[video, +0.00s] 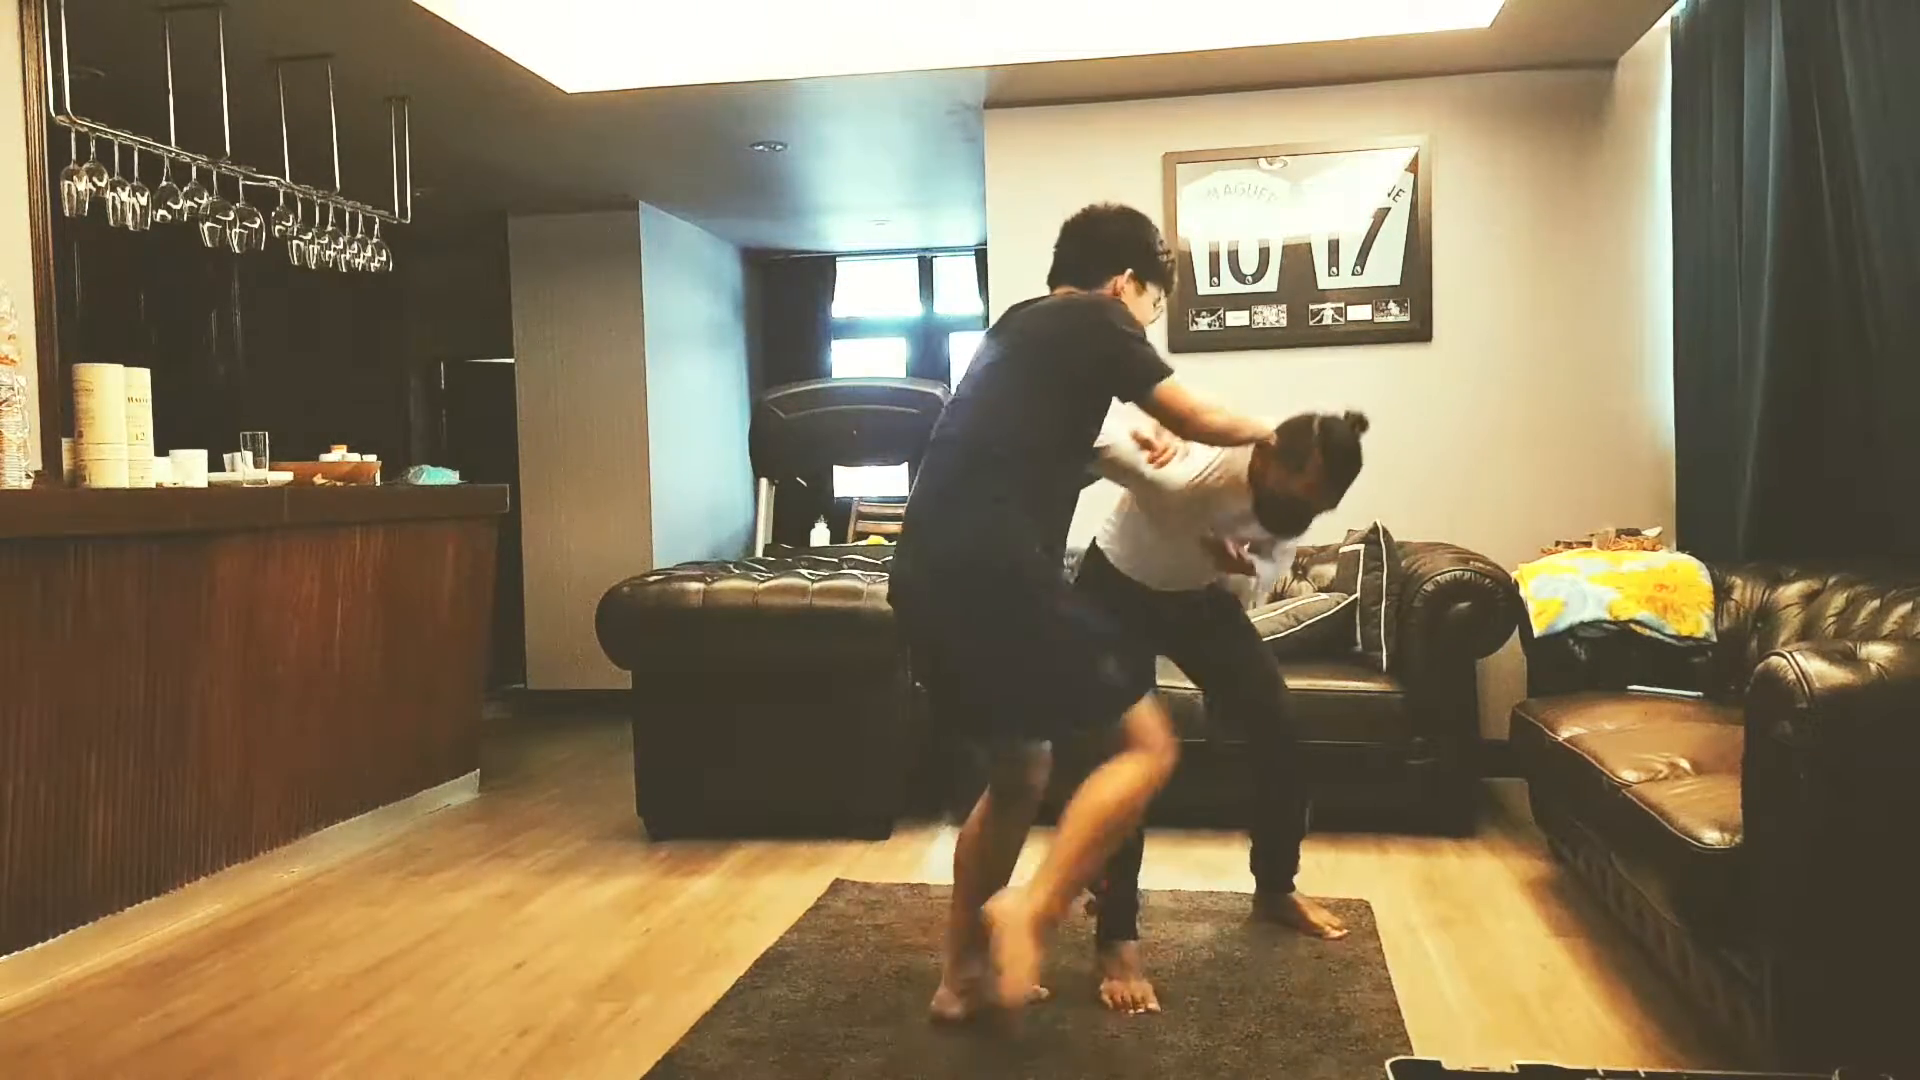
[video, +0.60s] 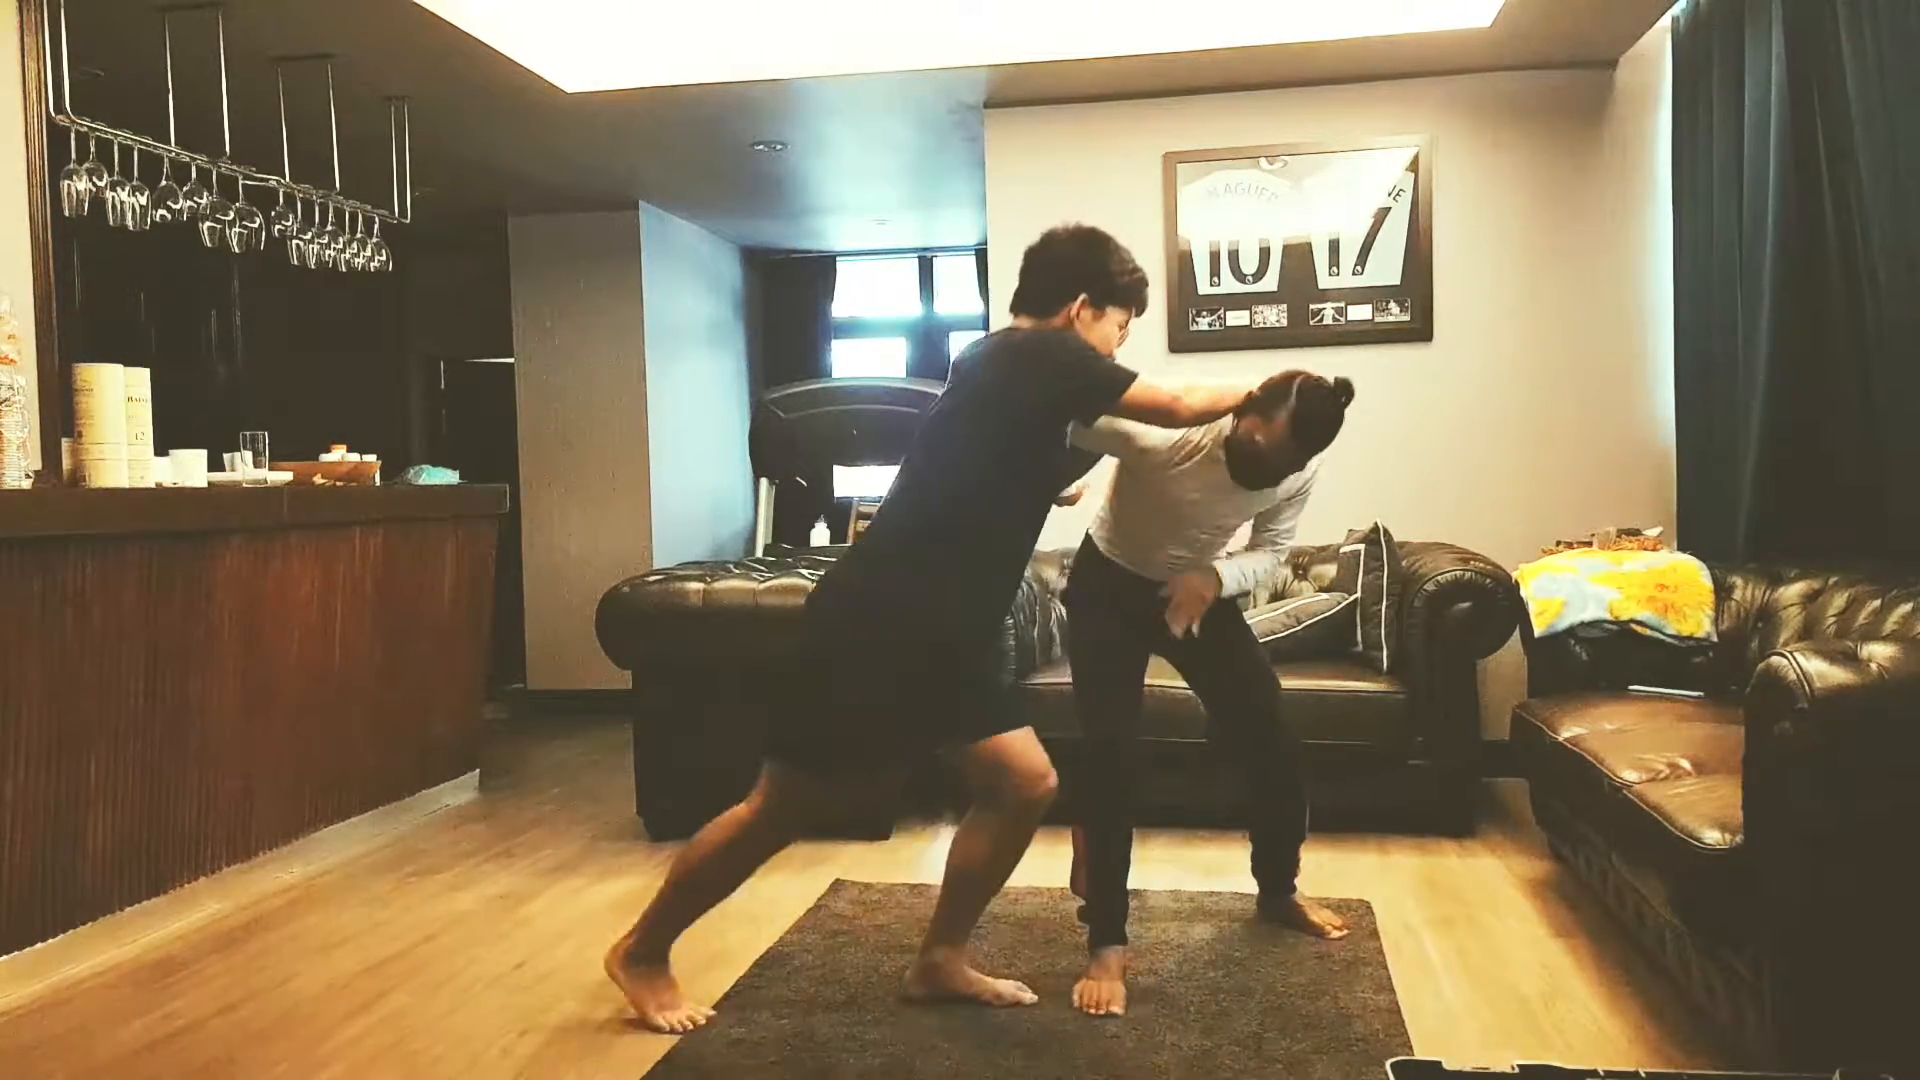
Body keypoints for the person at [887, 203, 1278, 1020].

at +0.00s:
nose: (1149, 325)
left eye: (1153, 312)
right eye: (1151, 306)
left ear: (1065, 277)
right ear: (1122, 282)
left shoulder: (1015, 329)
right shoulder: (1097, 327)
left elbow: (1050, 438)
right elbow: (1200, 424)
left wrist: (1138, 462)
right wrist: (1267, 432)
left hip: (924, 576)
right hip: (998, 575)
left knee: (1015, 775)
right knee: (1149, 744)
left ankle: (960, 978)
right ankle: (1028, 918)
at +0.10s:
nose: (1137, 324)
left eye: (1144, 311)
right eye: (1142, 304)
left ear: (1059, 269)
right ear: (1115, 276)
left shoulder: (1005, 324)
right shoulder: (1084, 321)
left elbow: (1024, 426)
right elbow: (1151, 432)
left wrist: (1108, 469)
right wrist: (1245, 465)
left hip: (930, 571)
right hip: (1011, 561)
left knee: (1018, 774)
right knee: (1199, 639)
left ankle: (970, 977)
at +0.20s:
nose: (1139, 312)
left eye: (1146, 297)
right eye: (1143, 291)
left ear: (1063, 262)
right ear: (1112, 266)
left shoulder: (1005, 319)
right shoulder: (1074, 315)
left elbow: (1020, 436)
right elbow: (1136, 424)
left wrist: (1100, 470)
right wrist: (1237, 463)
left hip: (927, 571)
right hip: (1003, 564)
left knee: (1008, 767)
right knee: (1185, 639)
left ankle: (967, 979)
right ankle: (1085, 799)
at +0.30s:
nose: (1146, 302)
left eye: (1152, 286)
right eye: (1148, 281)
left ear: (1076, 255)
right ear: (1112, 255)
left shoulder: (1007, 306)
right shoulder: (1071, 305)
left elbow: (1044, 422)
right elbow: (1144, 407)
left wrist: (1122, 459)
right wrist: (1243, 434)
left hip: (914, 560)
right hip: (978, 562)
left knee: (985, 768)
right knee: (1100, 747)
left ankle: (965, 978)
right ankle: (909, 845)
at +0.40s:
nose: (1143, 293)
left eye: (1147, 279)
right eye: (1142, 274)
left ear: (1071, 250)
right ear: (1105, 251)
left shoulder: (1009, 305)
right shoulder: (1069, 305)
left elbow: (997, 436)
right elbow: (1171, 392)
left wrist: (1085, 477)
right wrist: (1253, 409)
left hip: (951, 564)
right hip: (948, 569)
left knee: (1009, 751)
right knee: (936, 801)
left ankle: (959, 971)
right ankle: (734, 866)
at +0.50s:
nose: (1135, 311)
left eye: (1139, 295)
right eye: (1134, 290)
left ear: (1067, 270)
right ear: (1094, 270)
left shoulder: (1011, 328)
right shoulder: (1059, 324)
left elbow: (986, 458)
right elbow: (1179, 385)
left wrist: (1066, 482)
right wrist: (1261, 388)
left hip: (950, 601)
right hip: (897, 595)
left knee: (1024, 769)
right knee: (845, 801)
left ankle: (947, 952)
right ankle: (671, 937)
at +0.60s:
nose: (1123, 341)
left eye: (1126, 327)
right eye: (1120, 323)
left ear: (1054, 304)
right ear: (1082, 307)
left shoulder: (994, 364)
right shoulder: (1043, 357)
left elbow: (977, 480)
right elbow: (1174, 405)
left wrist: (1065, 480)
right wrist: (1250, 391)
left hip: (940, 629)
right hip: (874, 622)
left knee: (1024, 783)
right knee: (778, 810)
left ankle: (944, 958)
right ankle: (638, 954)